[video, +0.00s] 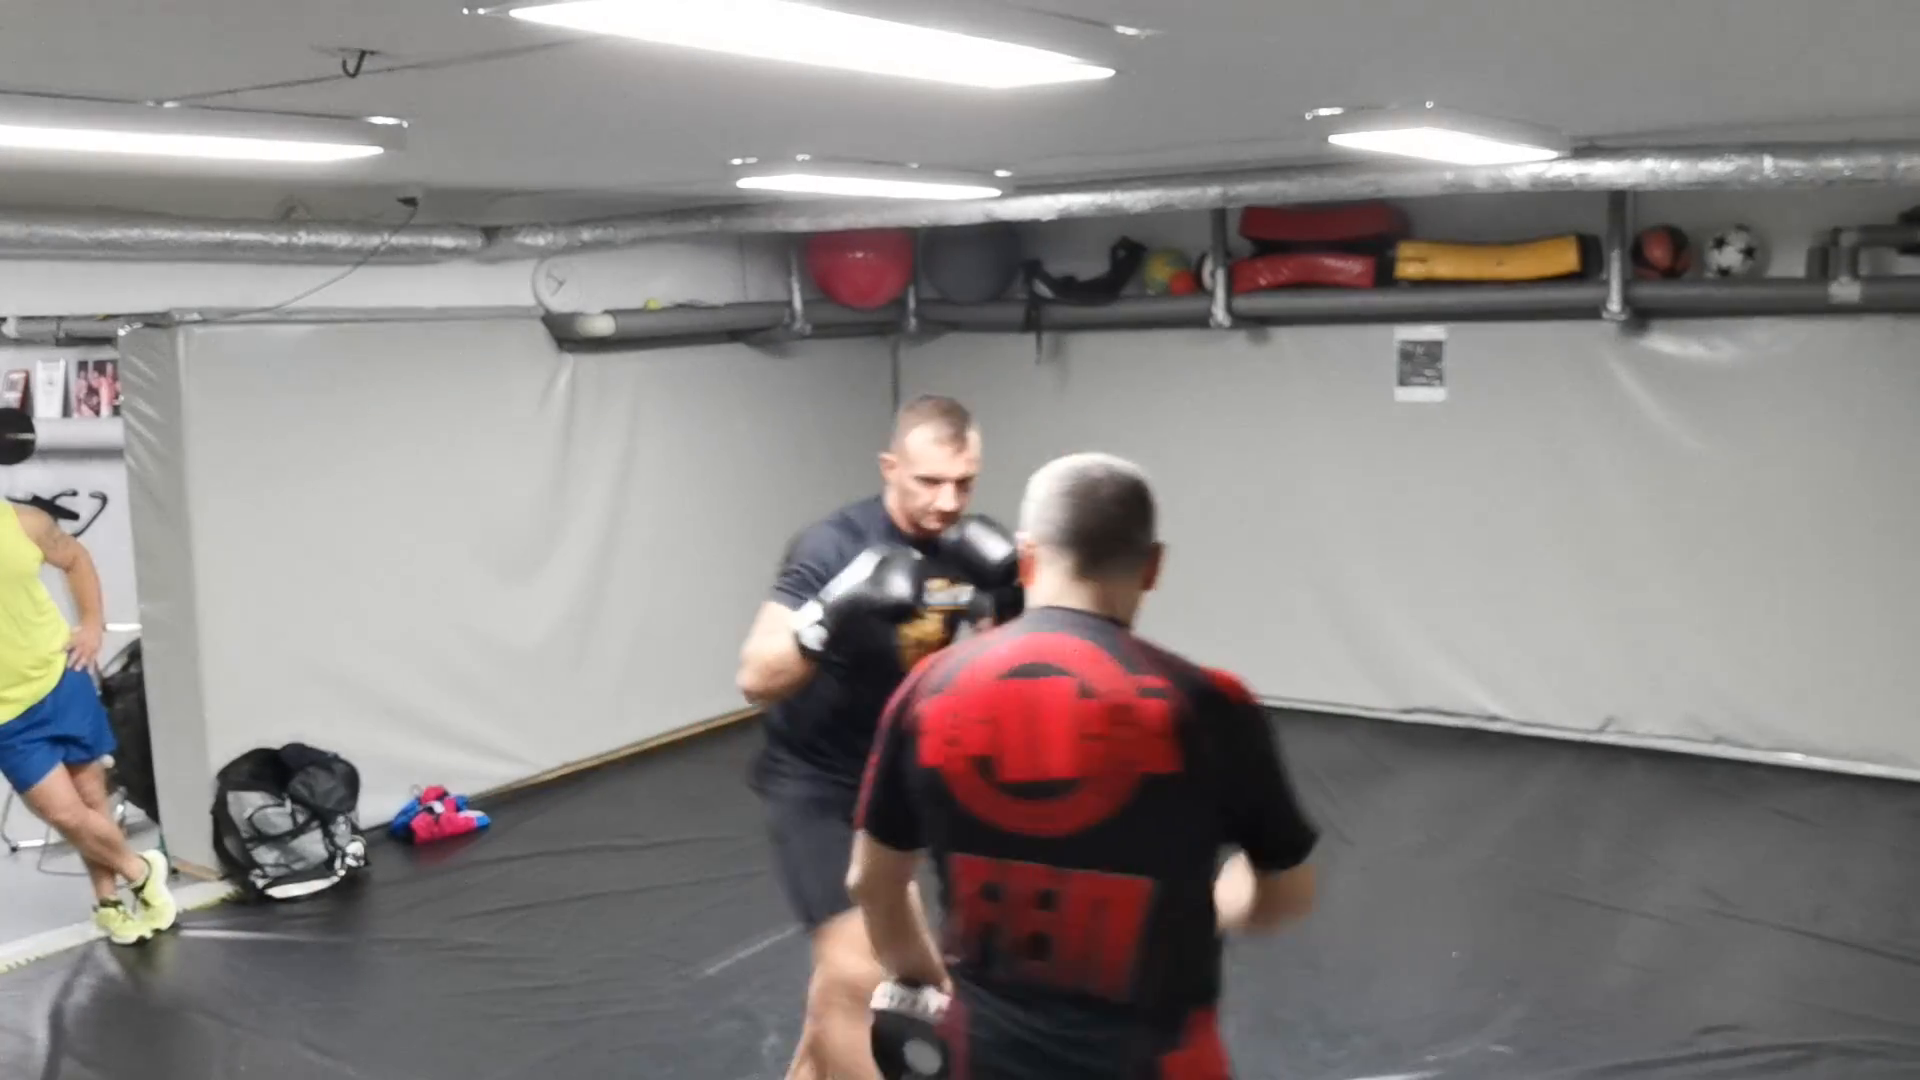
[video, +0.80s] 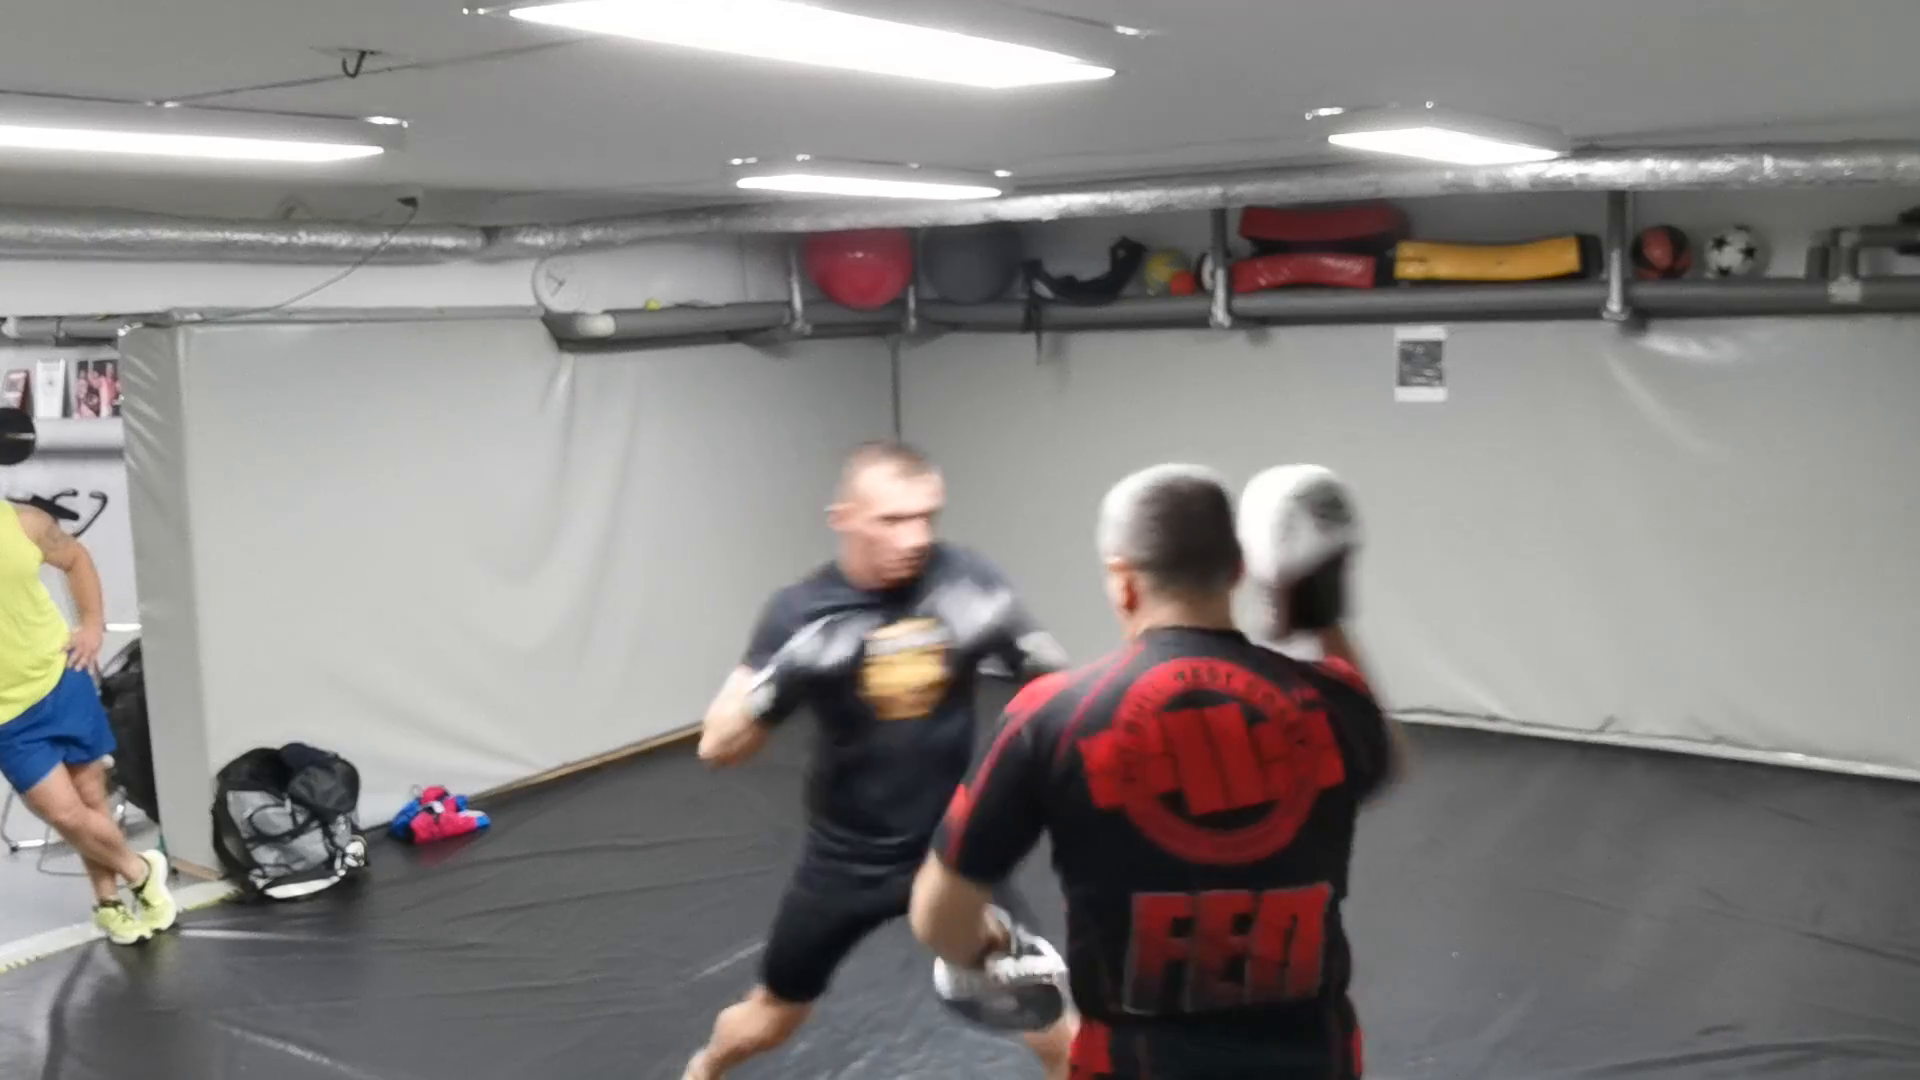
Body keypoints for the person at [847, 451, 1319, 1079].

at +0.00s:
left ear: (1025, 561)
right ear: (1154, 569)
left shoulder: (935, 687)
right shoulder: (1208, 708)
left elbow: (876, 880)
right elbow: (1288, 891)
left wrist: (920, 976)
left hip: (987, 1042)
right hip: (1157, 1050)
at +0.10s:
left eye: (1071, 558)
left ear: (1077, 567)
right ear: (1203, 573)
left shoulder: (984, 697)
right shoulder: (1267, 711)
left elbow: (901, 868)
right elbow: (1327, 829)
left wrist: (935, 949)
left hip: (1044, 1039)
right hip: (1214, 1048)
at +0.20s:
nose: (1116, 588)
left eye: (1119, 571)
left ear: (1135, 579)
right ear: (1256, 587)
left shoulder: (1050, 710)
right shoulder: (1330, 726)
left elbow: (929, 865)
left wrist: (961, 929)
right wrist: (1262, 612)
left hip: (1102, 1049)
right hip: (1278, 1052)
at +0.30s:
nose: (1160, 584)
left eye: (1163, 565)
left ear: (1180, 575)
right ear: (1304, 579)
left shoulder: (1088, 704)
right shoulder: (1365, 717)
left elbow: (957, 848)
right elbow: (1394, 673)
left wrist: (986, 913)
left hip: (1136, 1049)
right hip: (1315, 1053)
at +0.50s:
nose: (1188, 576)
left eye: (1189, 558)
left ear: (1208, 567)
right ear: (1329, 578)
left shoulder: (1108, 687)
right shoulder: (1381, 710)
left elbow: (987, 809)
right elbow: (1470, 721)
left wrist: (1018, 877)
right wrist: (1398, 578)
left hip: (1154, 1043)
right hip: (1329, 1050)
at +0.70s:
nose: (1149, 579)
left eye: (1151, 564)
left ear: (1166, 575)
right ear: (1286, 575)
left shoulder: (1072, 697)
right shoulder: (1348, 714)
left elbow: (948, 846)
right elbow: (1448, 771)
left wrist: (1001, 906)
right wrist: (1391, 617)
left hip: (1130, 1044)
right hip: (1307, 1051)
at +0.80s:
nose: (1109, 592)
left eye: (1107, 574)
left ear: (1124, 586)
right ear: (1238, 571)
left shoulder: (1057, 714)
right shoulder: (1327, 708)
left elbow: (938, 915)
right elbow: (1380, 757)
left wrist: (984, 944)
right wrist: (1327, 623)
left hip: (1132, 1048)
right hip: (1304, 1045)